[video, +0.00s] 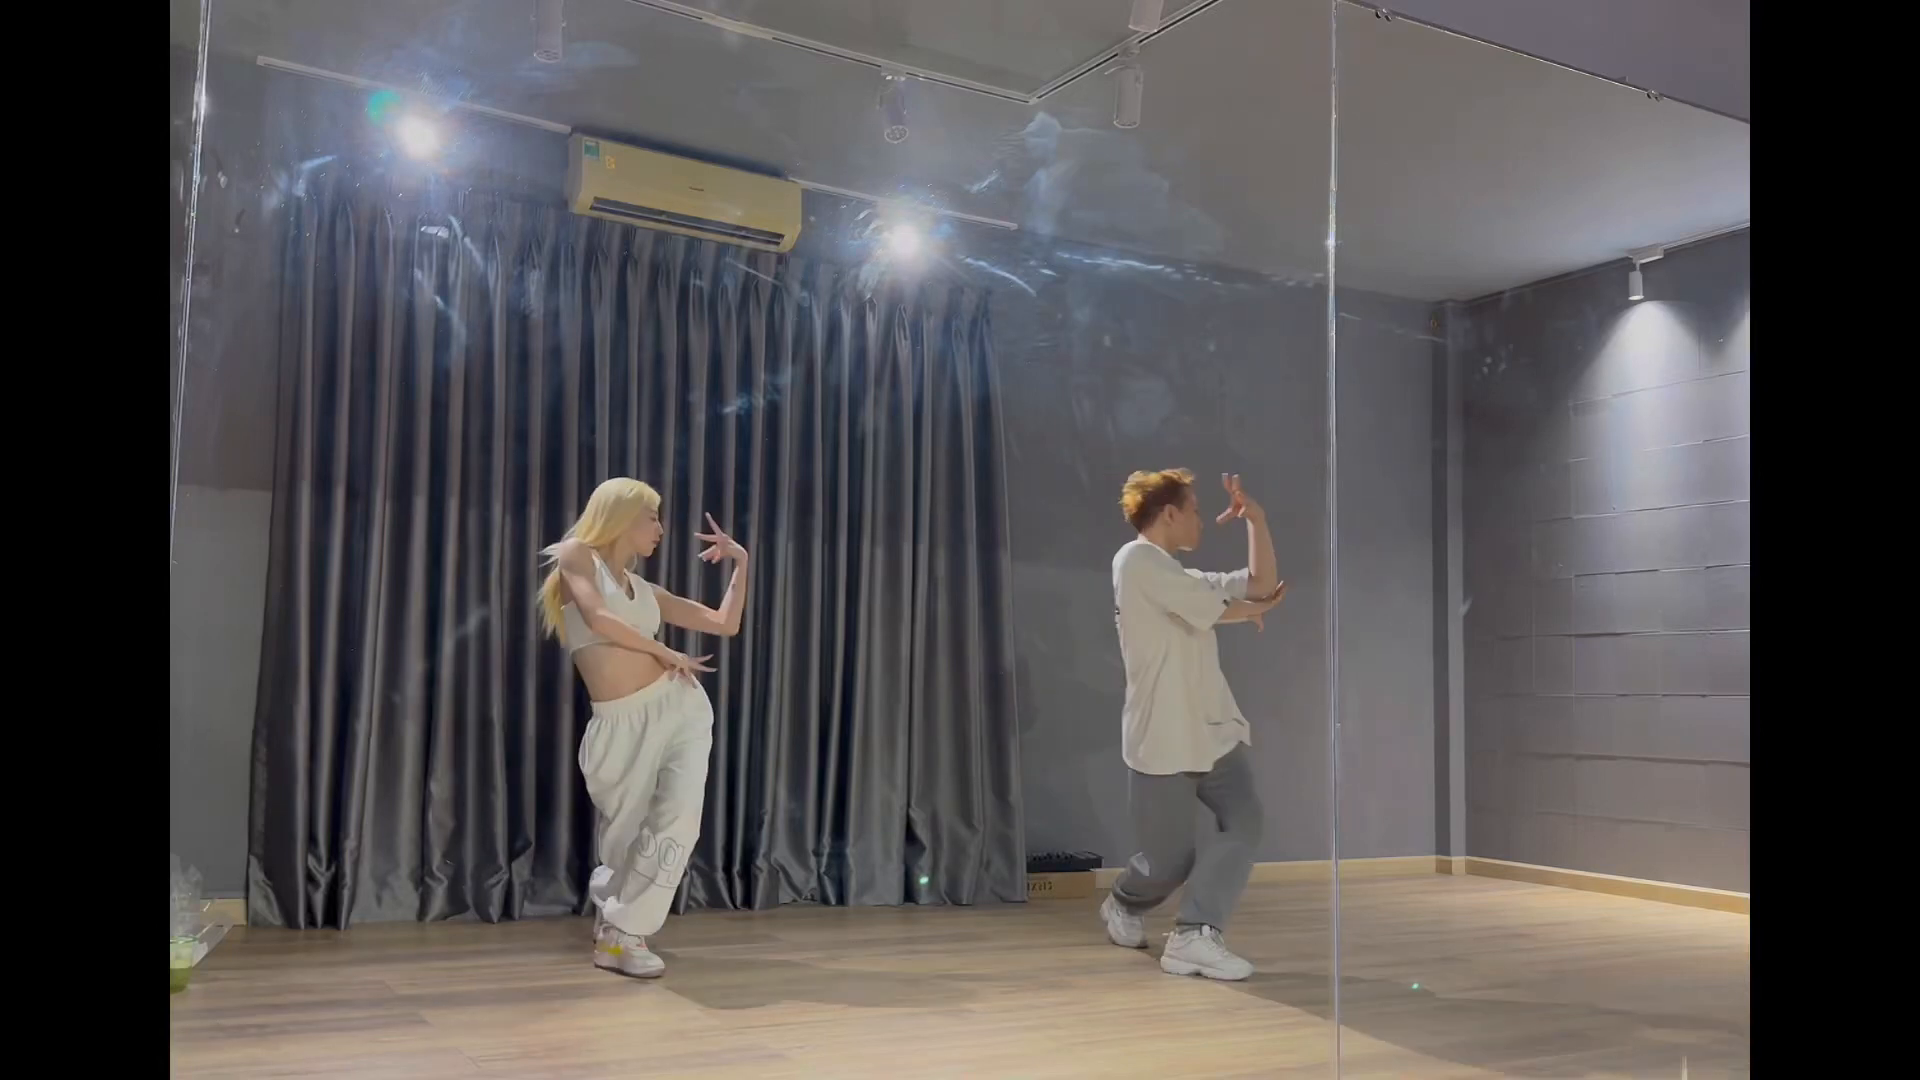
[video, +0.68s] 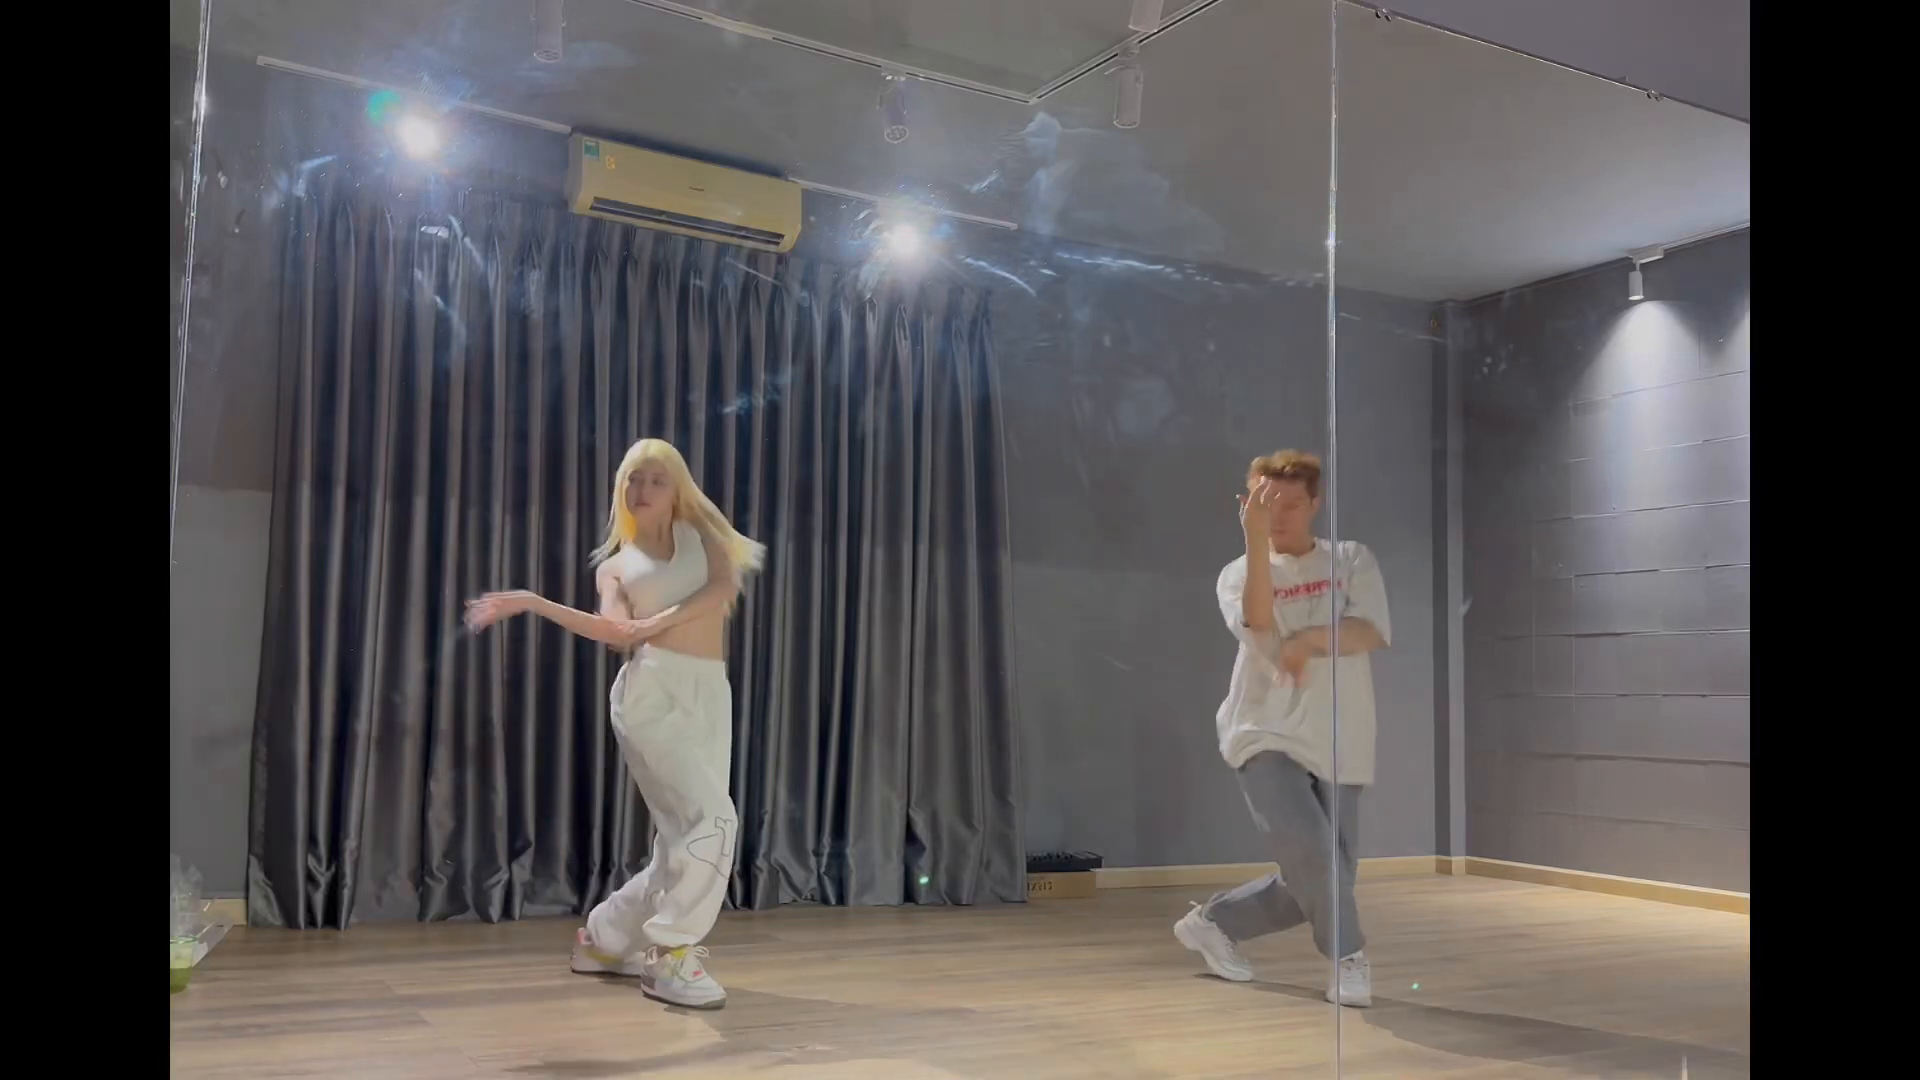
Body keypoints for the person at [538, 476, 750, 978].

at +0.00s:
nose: (660, 528)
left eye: (659, 519)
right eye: (651, 518)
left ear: (638, 525)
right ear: (619, 519)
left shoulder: (642, 591)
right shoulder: (577, 555)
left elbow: (725, 622)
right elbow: (598, 619)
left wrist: (741, 561)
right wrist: (664, 652)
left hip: (681, 708)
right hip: (622, 727)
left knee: (676, 829)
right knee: (625, 840)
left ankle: (624, 936)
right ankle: (611, 915)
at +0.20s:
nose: (669, 522)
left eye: (668, 513)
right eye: (661, 511)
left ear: (637, 517)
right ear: (629, 511)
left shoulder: (657, 587)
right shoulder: (582, 544)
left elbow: (719, 646)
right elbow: (623, 546)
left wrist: (777, 613)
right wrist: (651, 613)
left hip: (686, 706)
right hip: (623, 725)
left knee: (678, 838)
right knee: (600, 873)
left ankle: (621, 937)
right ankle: (587, 899)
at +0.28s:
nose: (678, 514)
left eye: (676, 504)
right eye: (668, 504)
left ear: (650, 516)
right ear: (635, 510)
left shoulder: (667, 585)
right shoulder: (591, 562)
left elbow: (712, 649)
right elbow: (583, 499)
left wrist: (771, 614)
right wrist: (627, 546)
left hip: (685, 713)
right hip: (620, 725)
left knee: (675, 841)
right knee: (619, 839)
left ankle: (621, 937)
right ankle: (578, 898)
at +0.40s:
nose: (673, 494)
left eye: (679, 489)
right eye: (658, 485)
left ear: (685, 506)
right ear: (626, 498)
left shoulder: (694, 572)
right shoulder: (606, 557)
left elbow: (699, 645)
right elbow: (526, 526)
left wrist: (716, 571)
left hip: (687, 716)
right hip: (623, 713)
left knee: (675, 835)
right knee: (664, 772)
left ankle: (630, 940)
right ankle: (621, 918)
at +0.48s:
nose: (652, 502)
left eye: (662, 492)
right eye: (640, 495)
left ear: (681, 501)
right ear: (625, 509)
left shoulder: (705, 557)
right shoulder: (614, 568)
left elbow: (710, 630)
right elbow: (536, 573)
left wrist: (658, 579)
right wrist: (533, 498)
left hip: (693, 714)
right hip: (630, 710)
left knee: (680, 839)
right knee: (689, 788)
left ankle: (616, 935)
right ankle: (672, 947)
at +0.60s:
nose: (645, 501)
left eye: (658, 492)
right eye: (636, 492)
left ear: (679, 504)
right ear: (624, 506)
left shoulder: (707, 548)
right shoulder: (618, 578)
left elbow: (714, 612)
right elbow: (582, 624)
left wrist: (633, 619)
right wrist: (513, 568)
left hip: (704, 713)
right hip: (642, 708)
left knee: (692, 850)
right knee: (712, 819)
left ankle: (613, 935)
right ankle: (675, 957)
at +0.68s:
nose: (644, 490)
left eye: (656, 480)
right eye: (635, 480)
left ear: (677, 488)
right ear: (622, 489)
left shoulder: (707, 537)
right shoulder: (615, 564)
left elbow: (724, 591)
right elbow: (616, 632)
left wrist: (658, 623)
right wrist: (530, 602)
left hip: (709, 697)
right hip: (649, 694)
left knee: (689, 840)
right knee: (715, 818)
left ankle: (606, 934)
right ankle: (672, 957)